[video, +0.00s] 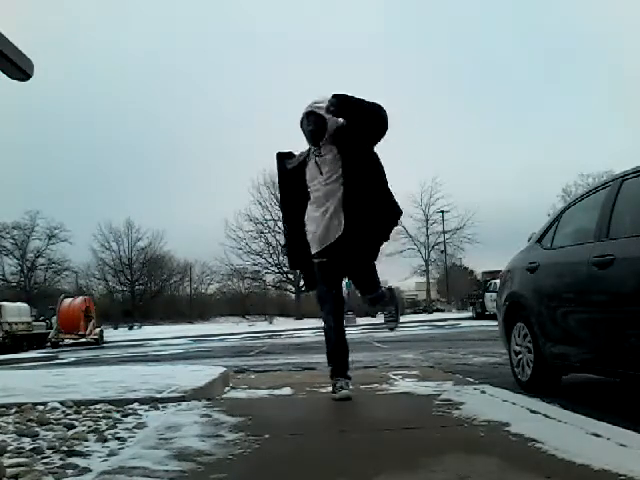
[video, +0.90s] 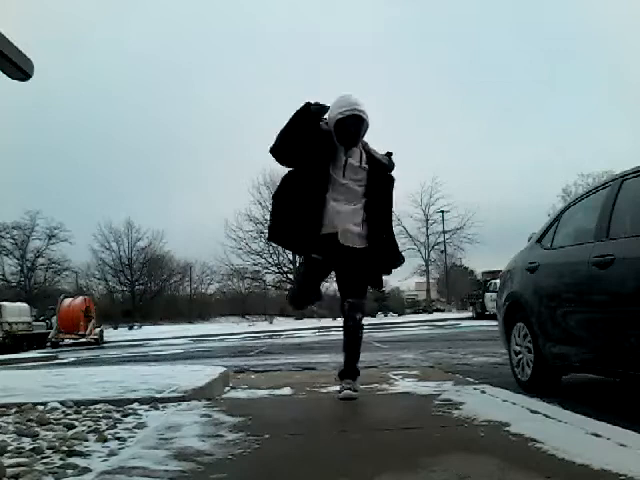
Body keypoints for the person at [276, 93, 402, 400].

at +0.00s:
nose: (309, 127)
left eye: (315, 121)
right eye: (305, 122)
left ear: (328, 123)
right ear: (301, 129)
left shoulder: (350, 143)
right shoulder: (297, 167)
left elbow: (378, 119)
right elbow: (292, 219)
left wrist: (341, 104)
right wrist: (298, 262)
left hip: (356, 237)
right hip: (320, 249)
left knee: (370, 296)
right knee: (332, 315)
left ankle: (388, 303)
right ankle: (339, 378)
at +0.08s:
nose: (314, 140)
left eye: (320, 134)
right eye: (310, 135)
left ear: (336, 135)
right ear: (306, 140)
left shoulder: (351, 160)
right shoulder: (301, 176)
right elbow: (292, 222)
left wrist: (354, 145)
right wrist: (289, 256)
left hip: (352, 249)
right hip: (319, 257)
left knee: (368, 313)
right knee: (332, 320)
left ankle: (384, 294)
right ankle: (341, 380)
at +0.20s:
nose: (330, 150)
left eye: (335, 144)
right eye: (324, 144)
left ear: (345, 146)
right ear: (314, 148)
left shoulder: (360, 177)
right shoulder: (302, 181)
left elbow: (382, 221)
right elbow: (284, 218)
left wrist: (370, 214)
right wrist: (275, 199)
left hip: (356, 260)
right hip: (320, 264)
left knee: (360, 303)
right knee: (334, 325)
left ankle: (383, 316)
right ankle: (341, 381)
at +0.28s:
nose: (343, 134)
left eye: (347, 128)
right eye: (337, 128)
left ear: (352, 131)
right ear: (322, 130)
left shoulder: (363, 164)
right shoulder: (303, 160)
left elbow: (385, 202)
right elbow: (270, 169)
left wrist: (381, 230)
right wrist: (278, 139)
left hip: (353, 247)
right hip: (319, 250)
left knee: (356, 298)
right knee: (333, 315)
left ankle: (376, 346)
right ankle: (340, 377)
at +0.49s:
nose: (349, 130)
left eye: (354, 124)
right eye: (344, 124)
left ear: (359, 126)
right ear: (328, 124)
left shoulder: (369, 159)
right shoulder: (311, 146)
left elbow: (378, 208)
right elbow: (281, 150)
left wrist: (384, 253)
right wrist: (294, 108)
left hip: (354, 244)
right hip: (319, 242)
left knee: (344, 310)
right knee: (320, 304)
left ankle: (340, 378)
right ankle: (321, 346)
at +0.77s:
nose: (355, 127)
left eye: (361, 121)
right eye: (350, 119)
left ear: (366, 124)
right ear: (336, 118)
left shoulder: (371, 160)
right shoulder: (310, 143)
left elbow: (379, 208)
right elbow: (279, 121)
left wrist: (384, 248)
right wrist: (307, 93)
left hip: (358, 243)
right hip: (320, 240)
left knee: (350, 307)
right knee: (302, 295)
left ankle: (343, 374)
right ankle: (326, 309)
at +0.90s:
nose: (353, 129)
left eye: (358, 124)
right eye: (347, 123)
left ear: (365, 127)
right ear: (333, 124)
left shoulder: (377, 167)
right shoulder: (317, 146)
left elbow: (382, 218)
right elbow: (281, 153)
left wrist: (386, 258)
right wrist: (307, 116)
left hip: (357, 246)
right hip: (320, 240)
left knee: (354, 312)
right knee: (297, 299)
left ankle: (349, 379)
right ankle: (313, 294)